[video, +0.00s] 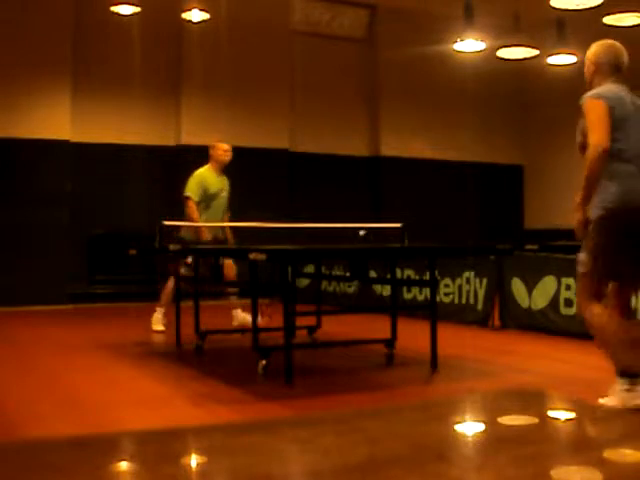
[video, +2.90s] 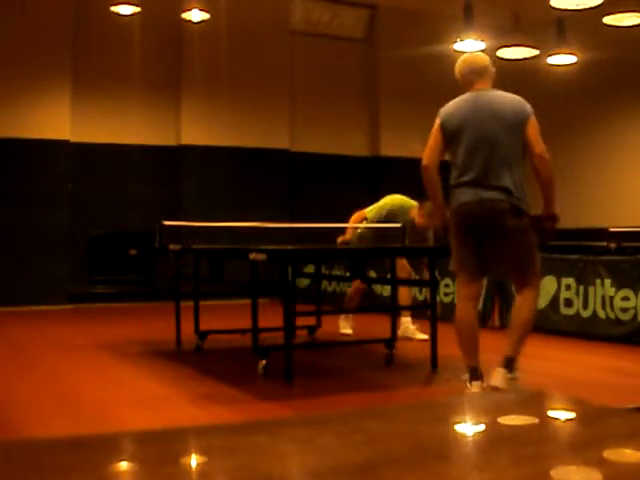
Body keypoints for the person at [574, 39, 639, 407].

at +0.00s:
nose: (584, 70)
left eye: (586, 65)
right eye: (586, 65)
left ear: (593, 67)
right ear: (620, 68)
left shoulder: (597, 98)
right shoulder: (632, 99)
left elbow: (600, 146)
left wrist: (582, 200)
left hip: (613, 209)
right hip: (635, 208)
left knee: (589, 297)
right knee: (620, 297)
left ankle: (630, 378)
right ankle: (628, 381)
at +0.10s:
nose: (575, 70)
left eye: (577, 64)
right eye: (577, 64)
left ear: (586, 67)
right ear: (612, 68)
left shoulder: (584, 99)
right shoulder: (630, 103)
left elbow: (586, 148)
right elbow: (631, 156)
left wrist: (574, 203)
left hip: (600, 209)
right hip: (633, 209)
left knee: (574, 294)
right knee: (624, 297)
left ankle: (591, 376)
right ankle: (634, 383)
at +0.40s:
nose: (540, 87)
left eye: (541, 81)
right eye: (541, 81)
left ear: (549, 82)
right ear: (573, 81)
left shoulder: (542, 116)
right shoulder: (605, 115)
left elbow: (535, 168)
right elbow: (627, 168)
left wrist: (529, 220)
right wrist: (622, 209)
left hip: (565, 214)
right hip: (607, 214)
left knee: (547, 293)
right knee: (611, 293)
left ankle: (543, 373)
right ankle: (632, 380)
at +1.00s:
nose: (519, 85)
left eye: (519, 80)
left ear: (523, 82)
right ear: (551, 79)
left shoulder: (508, 115)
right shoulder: (576, 109)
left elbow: (491, 165)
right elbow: (602, 153)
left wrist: (492, 211)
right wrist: (610, 199)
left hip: (533, 206)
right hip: (575, 205)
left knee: (537, 289)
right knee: (581, 285)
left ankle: (542, 373)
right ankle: (576, 372)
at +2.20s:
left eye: (526, 78)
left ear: (528, 79)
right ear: (559, 76)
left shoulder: (518, 109)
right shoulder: (588, 111)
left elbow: (499, 160)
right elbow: (609, 165)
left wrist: (493, 207)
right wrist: (617, 213)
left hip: (529, 215)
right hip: (573, 215)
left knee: (507, 288)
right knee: (578, 295)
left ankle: (490, 368)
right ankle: (573, 381)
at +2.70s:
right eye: (500, 74)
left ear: (473, 82)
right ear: (503, 76)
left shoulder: (460, 112)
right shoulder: (533, 108)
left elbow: (442, 163)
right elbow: (553, 159)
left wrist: (450, 208)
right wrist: (566, 209)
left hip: (475, 213)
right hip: (521, 213)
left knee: (473, 294)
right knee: (544, 292)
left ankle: (474, 378)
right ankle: (559, 376)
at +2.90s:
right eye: (489, 72)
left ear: (462, 80)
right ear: (491, 75)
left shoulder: (448, 111)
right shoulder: (518, 106)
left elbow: (429, 161)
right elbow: (540, 155)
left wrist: (439, 208)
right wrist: (550, 208)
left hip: (464, 210)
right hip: (507, 208)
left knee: (466, 291)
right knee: (527, 285)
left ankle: (473, 376)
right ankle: (507, 366)